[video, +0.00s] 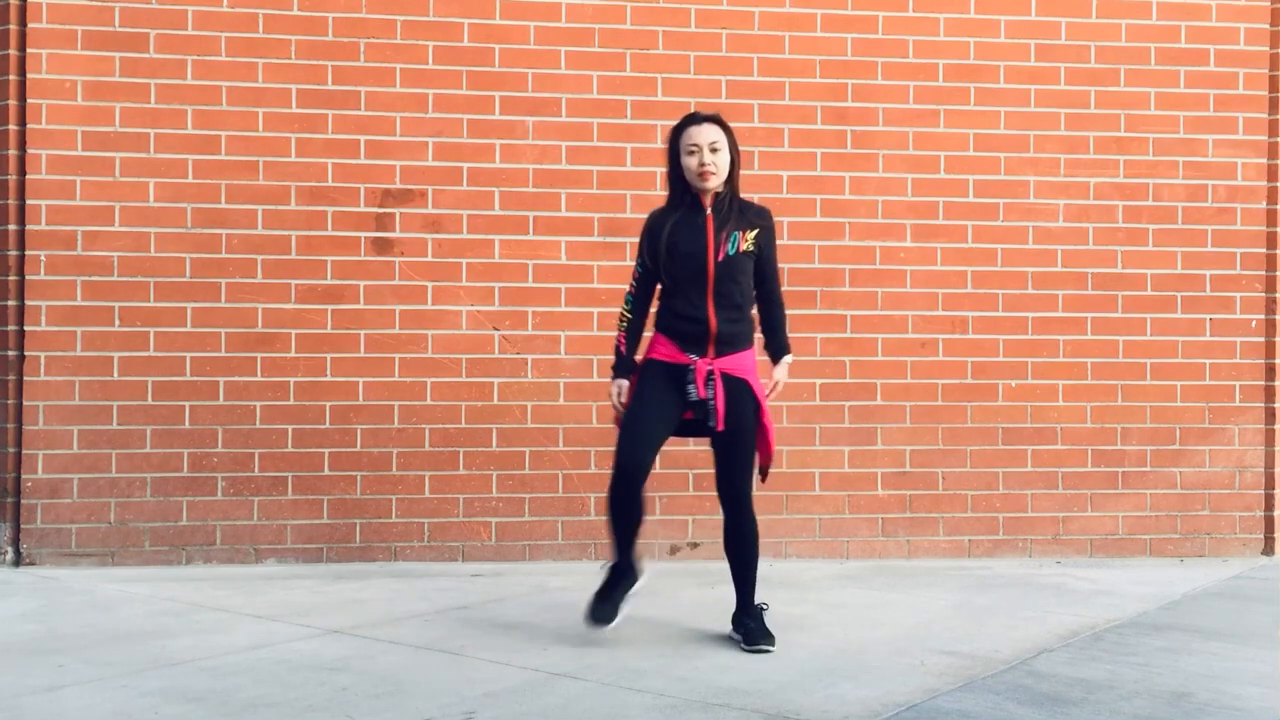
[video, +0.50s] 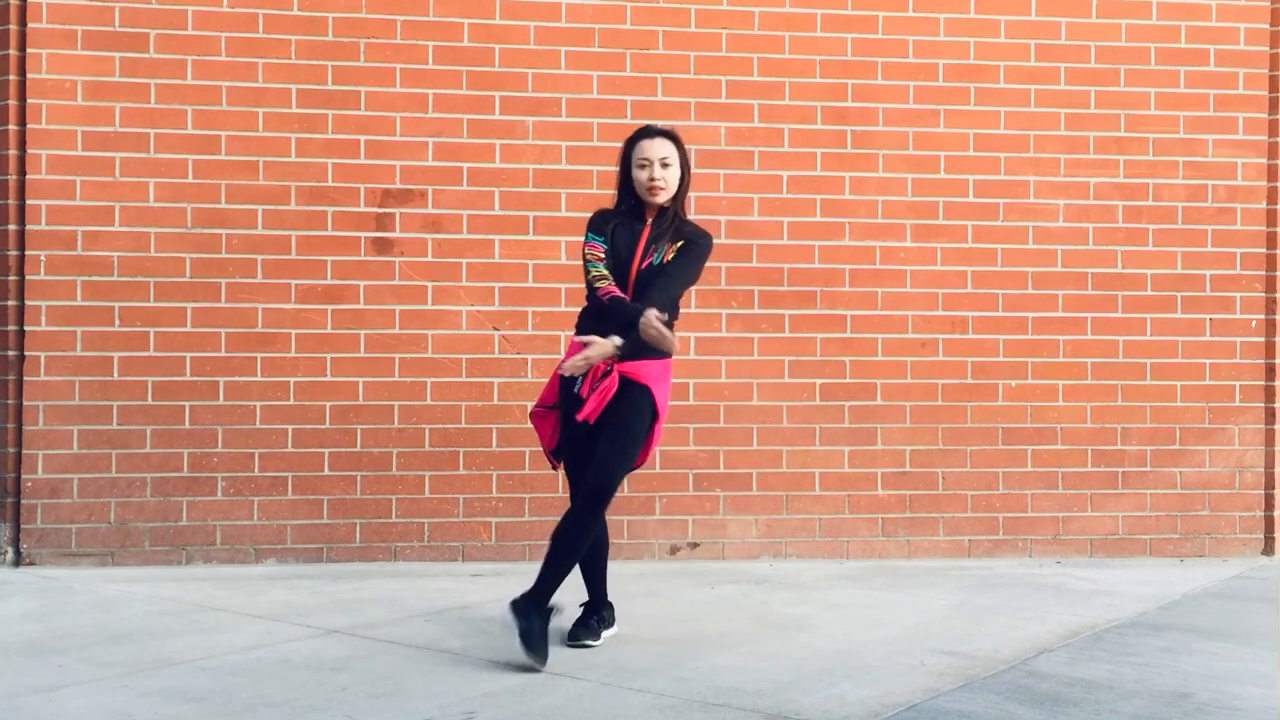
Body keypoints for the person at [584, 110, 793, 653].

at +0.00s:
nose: (705, 160)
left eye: (714, 149)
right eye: (693, 151)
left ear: (731, 156)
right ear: (679, 162)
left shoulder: (755, 220)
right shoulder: (662, 222)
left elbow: (769, 292)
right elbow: (638, 296)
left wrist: (780, 351)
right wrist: (622, 365)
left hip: (734, 367)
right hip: (667, 364)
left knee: (736, 491)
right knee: (627, 467)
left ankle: (747, 609)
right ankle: (623, 566)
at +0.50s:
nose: (655, 175)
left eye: (666, 165)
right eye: (644, 165)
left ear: (682, 172)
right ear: (629, 172)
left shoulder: (694, 239)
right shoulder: (606, 221)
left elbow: (657, 305)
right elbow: (599, 288)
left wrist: (608, 346)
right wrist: (639, 318)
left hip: (642, 368)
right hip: (586, 360)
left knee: (599, 487)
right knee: (584, 490)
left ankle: (534, 603)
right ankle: (599, 605)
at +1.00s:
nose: (673, 166)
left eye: (683, 157)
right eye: (662, 156)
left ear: (696, 165)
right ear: (644, 165)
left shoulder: (714, 227)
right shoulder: (622, 224)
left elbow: (753, 285)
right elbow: (569, 282)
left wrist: (763, 320)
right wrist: (587, 317)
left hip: (690, 373)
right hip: (624, 370)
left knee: (723, 491)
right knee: (615, 493)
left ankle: (741, 594)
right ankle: (599, 604)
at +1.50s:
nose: (729, 182)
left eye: (736, 171)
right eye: (717, 173)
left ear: (746, 172)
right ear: (694, 176)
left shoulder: (765, 225)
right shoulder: (674, 238)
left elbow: (766, 304)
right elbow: (705, 293)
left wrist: (743, 348)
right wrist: (773, 316)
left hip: (771, 373)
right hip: (713, 379)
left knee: (769, 506)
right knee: (753, 504)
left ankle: (747, 613)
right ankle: (796, 624)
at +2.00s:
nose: (707, 162)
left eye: (716, 152)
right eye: (695, 153)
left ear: (732, 159)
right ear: (678, 163)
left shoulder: (749, 229)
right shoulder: (659, 223)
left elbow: (778, 282)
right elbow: (631, 277)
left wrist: (802, 306)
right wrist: (616, 303)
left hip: (723, 375)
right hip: (658, 372)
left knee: (733, 497)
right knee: (628, 493)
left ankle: (750, 611)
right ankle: (605, 601)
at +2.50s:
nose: (664, 180)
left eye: (675, 170)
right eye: (652, 170)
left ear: (690, 177)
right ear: (637, 178)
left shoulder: (704, 243)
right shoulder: (614, 228)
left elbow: (672, 305)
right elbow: (612, 291)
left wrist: (621, 341)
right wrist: (650, 321)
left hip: (651, 378)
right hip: (593, 370)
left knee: (606, 499)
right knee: (593, 497)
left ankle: (562, 627)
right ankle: (604, 607)